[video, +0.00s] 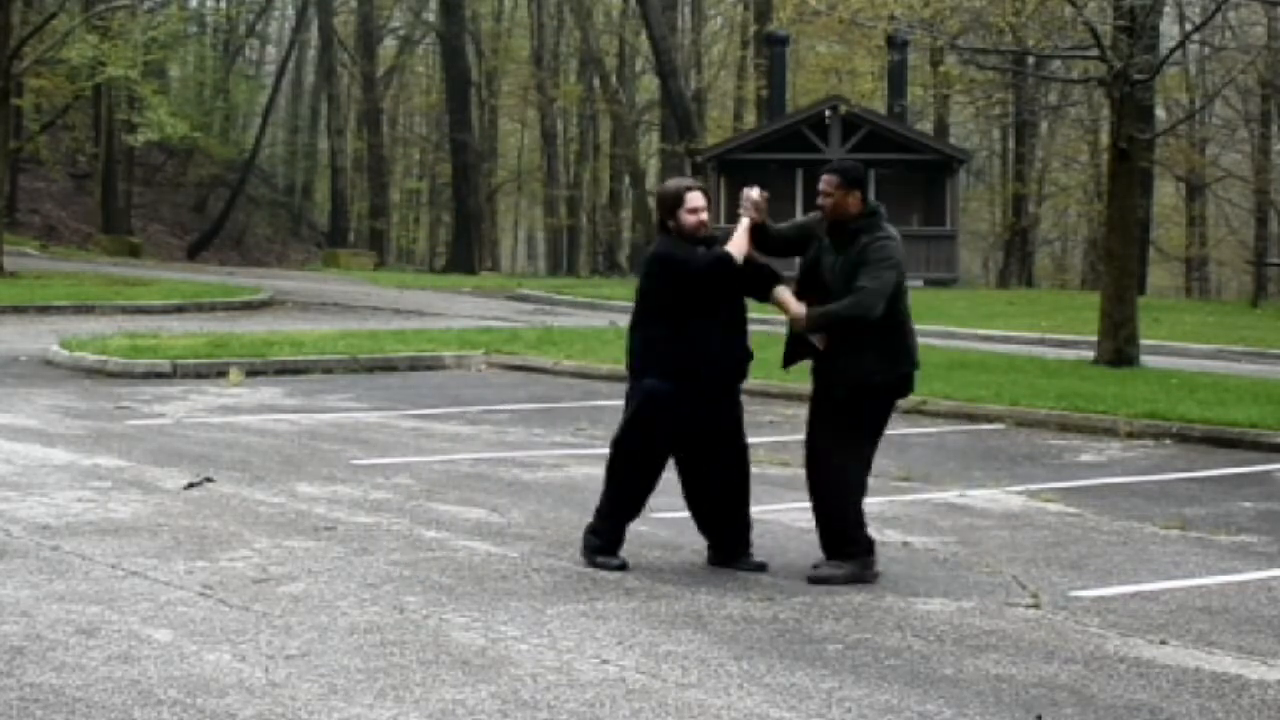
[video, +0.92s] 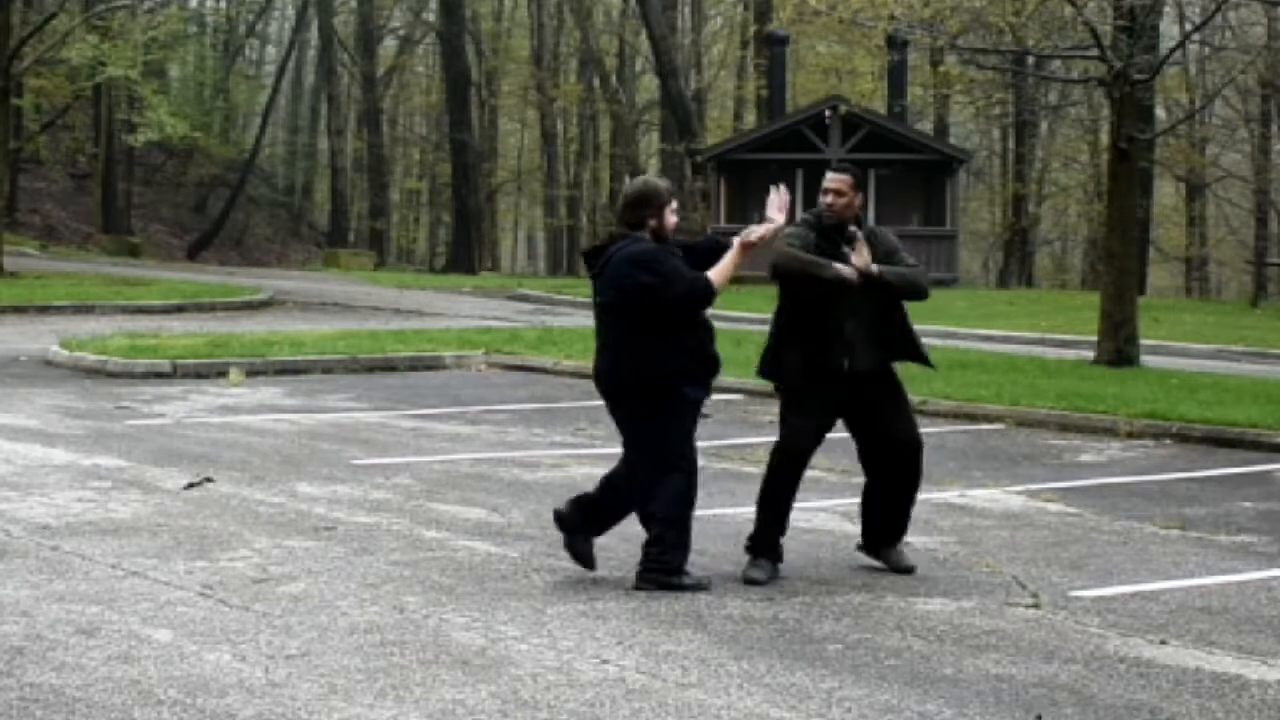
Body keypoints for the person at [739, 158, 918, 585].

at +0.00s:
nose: (820, 202)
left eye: (828, 196)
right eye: (819, 195)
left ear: (855, 198)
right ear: (825, 197)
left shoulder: (881, 243)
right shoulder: (822, 227)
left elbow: (867, 303)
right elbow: (777, 244)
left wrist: (809, 316)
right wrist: (756, 221)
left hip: (876, 371)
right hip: (835, 365)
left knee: (842, 460)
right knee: (820, 460)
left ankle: (856, 557)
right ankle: (839, 554)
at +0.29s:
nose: (860, 199)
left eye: (868, 194)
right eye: (859, 191)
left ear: (894, 197)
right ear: (861, 192)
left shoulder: (913, 245)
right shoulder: (851, 219)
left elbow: (892, 298)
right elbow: (817, 230)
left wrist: (829, 295)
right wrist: (790, 222)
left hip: (898, 369)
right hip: (848, 361)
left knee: (902, 462)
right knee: (837, 459)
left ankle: (911, 540)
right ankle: (850, 549)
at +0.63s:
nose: (865, 201)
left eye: (875, 195)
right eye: (863, 193)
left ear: (899, 202)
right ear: (859, 195)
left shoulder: (921, 248)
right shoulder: (839, 232)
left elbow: (922, 304)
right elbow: (770, 239)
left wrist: (861, 315)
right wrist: (784, 260)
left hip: (902, 381)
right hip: (843, 377)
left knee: (904, 464)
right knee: (820, 459)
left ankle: (903, 544)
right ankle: (793, 546)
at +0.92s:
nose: (828, 200)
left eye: (838, 194)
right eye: (824, 192)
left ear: (858, 200)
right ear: (818, 196)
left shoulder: (876, 239)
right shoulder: (803, 233)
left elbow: (919, 283)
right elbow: (779, 258)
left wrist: (875, 270)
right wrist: (841, 271)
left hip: (868, 373)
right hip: (810, 373)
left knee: (902, 449)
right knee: (790, 454)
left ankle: (882, 541)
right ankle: (763, 554)